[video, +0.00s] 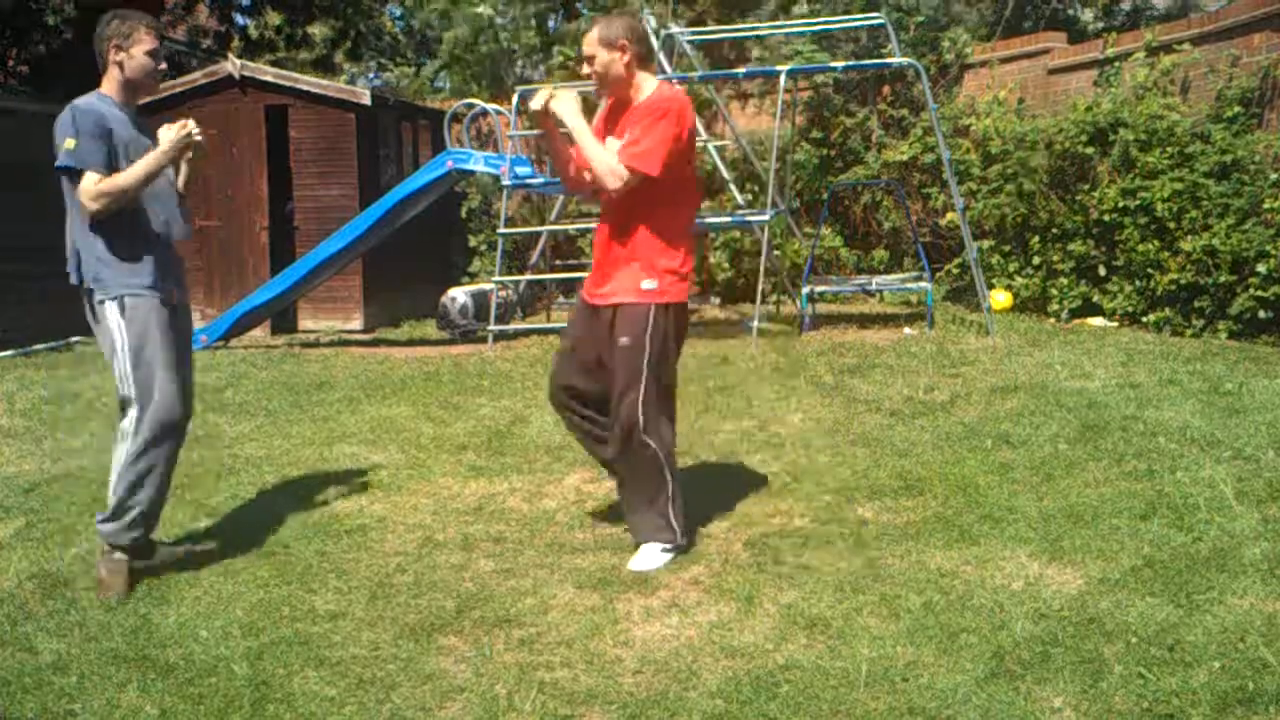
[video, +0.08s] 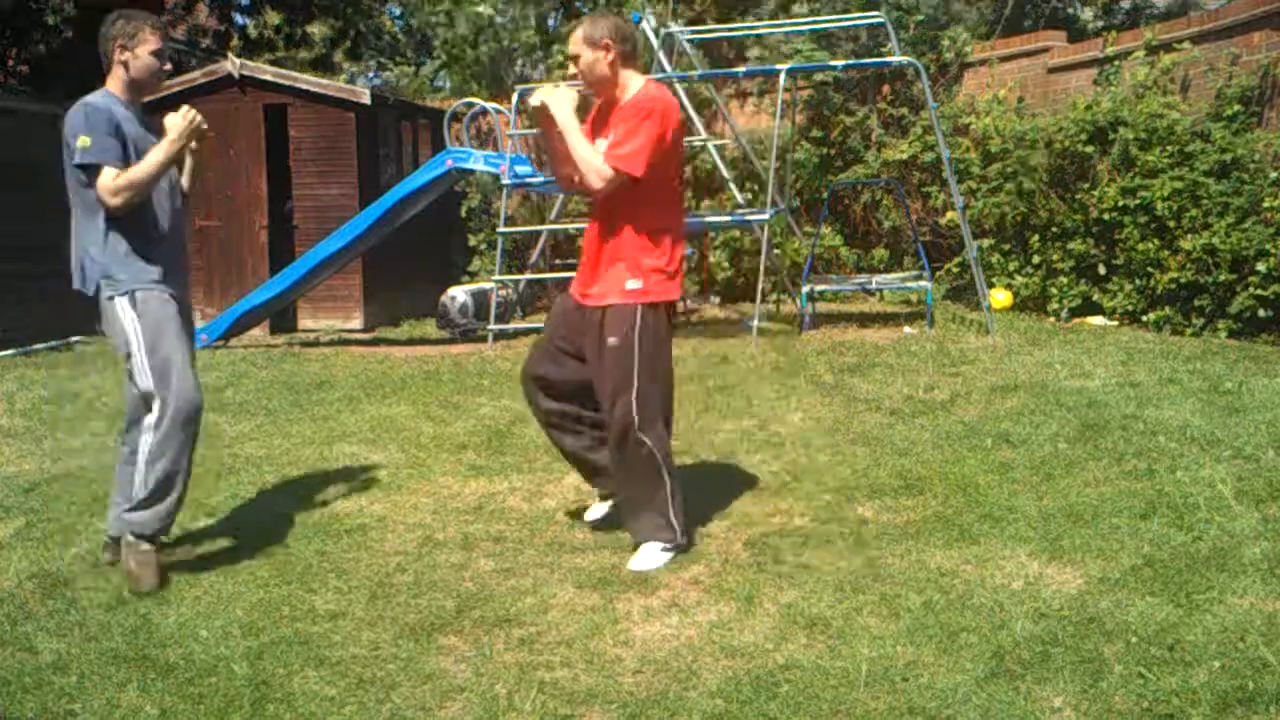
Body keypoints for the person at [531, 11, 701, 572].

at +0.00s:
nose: (587, 71)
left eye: (593, 60)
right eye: (585, 61)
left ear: (625, 55)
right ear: (613, 57)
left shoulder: (666, 103)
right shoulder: (614, 108)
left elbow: (615, 177)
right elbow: (578, 178)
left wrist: (573, 117)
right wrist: (551, 128)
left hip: (652, 278)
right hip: (608, 275)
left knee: (637, 407)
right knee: (571, 388)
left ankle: (661, 532)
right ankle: (642, 481)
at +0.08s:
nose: (573, 70)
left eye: (578, 60)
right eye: (572, 61)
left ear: (610, 54)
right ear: (603, 55)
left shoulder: (652, 103)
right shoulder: (607, 106)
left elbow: (599, 178)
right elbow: (570, 177)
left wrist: (565, 114)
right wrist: (546, 121)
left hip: (639, 278)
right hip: (597, 274)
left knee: (631, 410)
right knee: (547, 376)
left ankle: (662, 530)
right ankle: (618, 481)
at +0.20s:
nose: (550, 67)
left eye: (555, 56)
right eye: (549, 58)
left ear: (584, 48)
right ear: (580, 49)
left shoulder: (627, 95)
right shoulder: (584, 101)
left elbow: (556, 151)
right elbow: (539, 161)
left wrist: (528, 96)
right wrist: (518, 104)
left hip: (615, 272)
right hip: (571, 270)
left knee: (625, 407)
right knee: (521, 384)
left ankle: (661, 529)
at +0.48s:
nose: (480, 80)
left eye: (485, 70)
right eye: (479, 71)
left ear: (515, 64)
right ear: (511, 64)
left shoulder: (570, 112)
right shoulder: (500, 120)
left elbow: (532, 182)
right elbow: (465, 174)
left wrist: (491, 127)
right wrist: (450, 124)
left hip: (561, 295)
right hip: (503, 296)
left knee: (593, 417)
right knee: (467, 408)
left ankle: (656, 527)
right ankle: (469, 517)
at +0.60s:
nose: (455, 78)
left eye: (460, 68)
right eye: (452, 69)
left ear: (493, 61)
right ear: (479, 64)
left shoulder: (549, 103)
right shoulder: (466, 112)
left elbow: (519, 168)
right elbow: (408, 127)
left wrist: (471, 121)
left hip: (556, 290)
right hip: (492, 293)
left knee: (587, 409)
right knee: (477, 408)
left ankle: (642, 522)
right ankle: (469, 517)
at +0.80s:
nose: (470, 84)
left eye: (475, 72)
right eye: (466, 74)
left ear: (511, 65)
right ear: (489, 70)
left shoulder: (565, 113)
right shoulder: (473, 119)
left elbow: (543, 191)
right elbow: (430, 176)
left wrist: (490, 140)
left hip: (559, 298)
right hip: (488, 299)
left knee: (592, 410)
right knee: (468, 407)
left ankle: (658, 521)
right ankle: (468, 519)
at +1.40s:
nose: (440, 89)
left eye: (445, 79)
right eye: (438, 81)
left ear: (476, 72)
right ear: (466, 74)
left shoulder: (538, 114)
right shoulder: (452, 121)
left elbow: (539, 191)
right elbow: (399, 155)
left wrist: (488, 143)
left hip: (532, 290)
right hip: (473, 292)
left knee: (568, 409)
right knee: (438, 401)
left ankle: (640, 513)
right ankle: (435, 512)